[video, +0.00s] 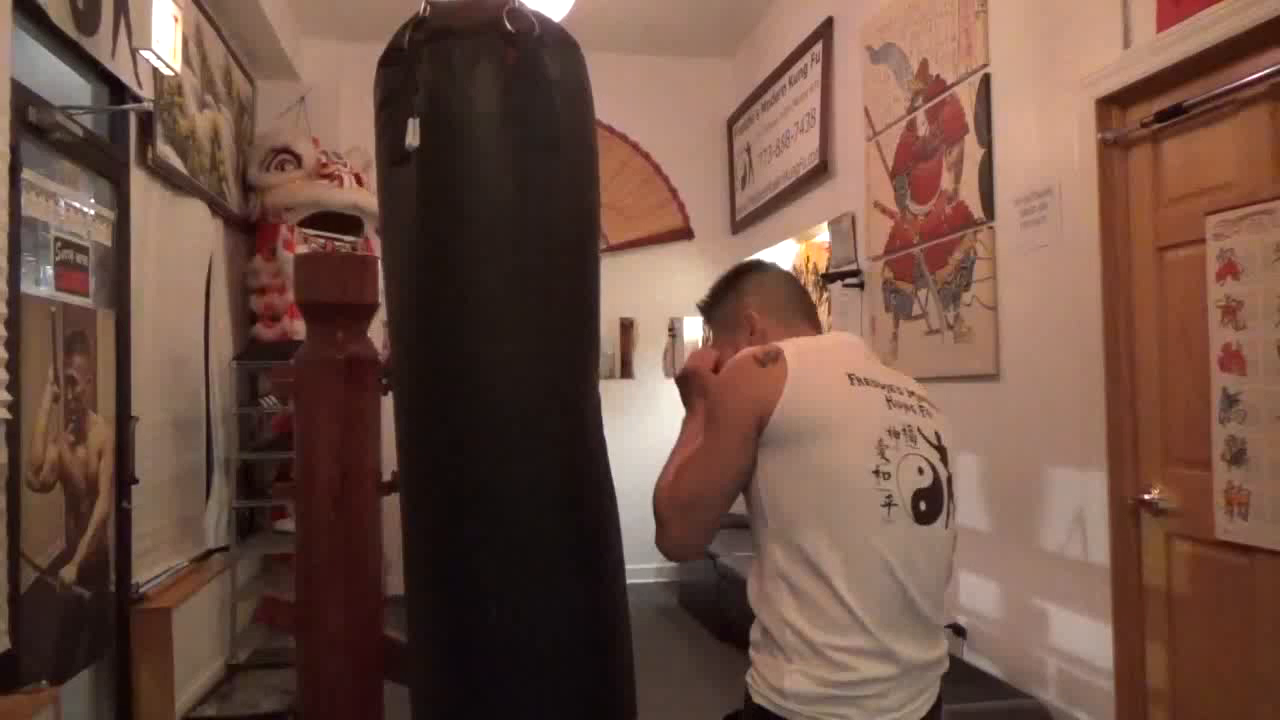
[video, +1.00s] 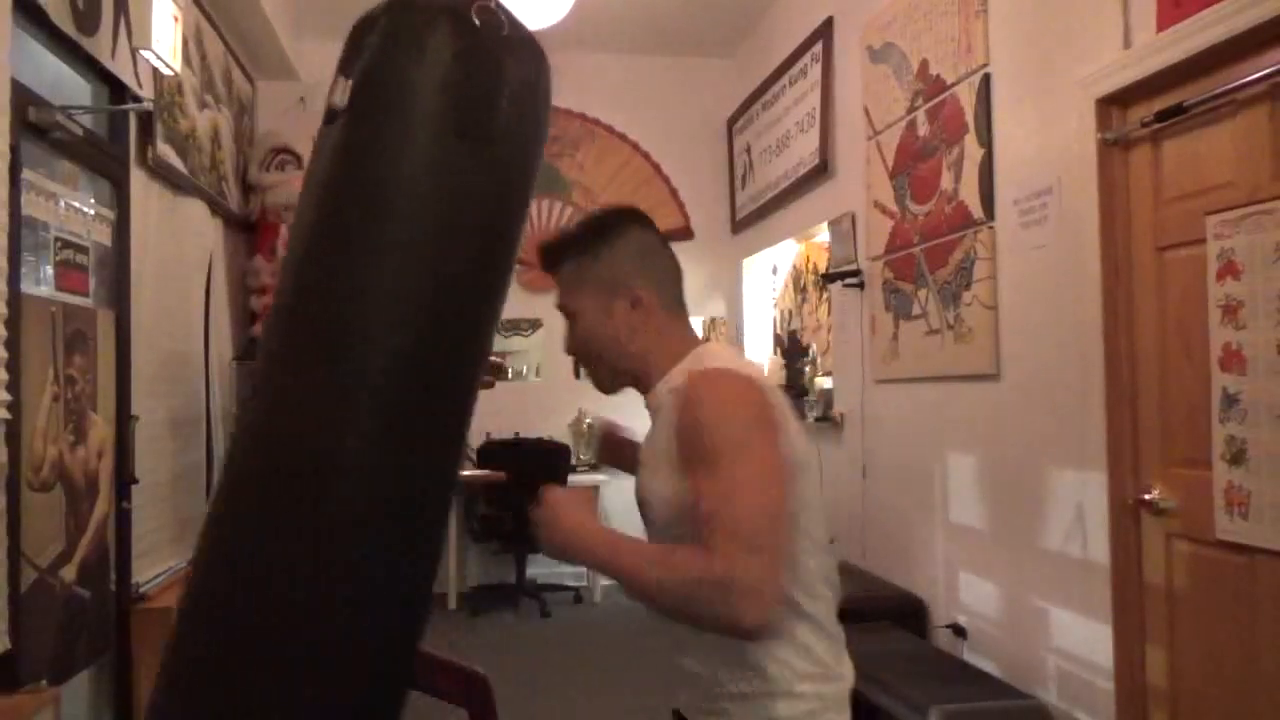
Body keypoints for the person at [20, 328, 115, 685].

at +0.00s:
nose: (71, 391)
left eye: (77, 382)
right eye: (66, 383)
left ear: (92, 383)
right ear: (60, 386)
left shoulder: (105, 430)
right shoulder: (61, 435)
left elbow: (105, 502)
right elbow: (39, 480)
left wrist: (76, 561)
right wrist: (46, 402)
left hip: (106, 546)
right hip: (75, 545)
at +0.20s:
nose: (71, 391)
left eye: (77, 382)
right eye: (65, 383)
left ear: (91, 383)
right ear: (60, 387)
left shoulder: (105, 431)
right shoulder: (62, 437)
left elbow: (105, 503)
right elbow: (38, 480)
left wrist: (76, 562)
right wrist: (45, 402)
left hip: (105, 550)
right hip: (75, 549)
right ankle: (58, 687)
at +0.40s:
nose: (71, 392)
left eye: (77, 383)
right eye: (65, 384)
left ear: (90, 386)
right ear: (60, 390)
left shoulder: (104, 432)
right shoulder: (62, 437)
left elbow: (105, 501)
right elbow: (38, 479)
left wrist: (76, 562)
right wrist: (47, 400)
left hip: (103, 547)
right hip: (74, 546)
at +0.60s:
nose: (71, 392)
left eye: (77, 383)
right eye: (65, 384)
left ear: (91, 384)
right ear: (60, 389)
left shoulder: (103, 431)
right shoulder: (62, 436)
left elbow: (105, 502)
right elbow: (38, 480)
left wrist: (75, 563)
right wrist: (46, 401)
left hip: (103, 551)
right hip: (74, 550)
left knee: (102, 631)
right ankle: (59, 690)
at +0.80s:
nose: (71, 391)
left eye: (77, 382)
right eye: (66, 383)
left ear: (91, 385)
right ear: (61, 390)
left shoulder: (104, 431)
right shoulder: (62, 438)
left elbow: (105, 501)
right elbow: (38, 480)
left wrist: (75, 562)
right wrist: (45, 401)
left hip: (102, 550)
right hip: (73, 549)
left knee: (99, 627)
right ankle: (56, 685)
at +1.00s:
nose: (69, 390)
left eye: (74, 381)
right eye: (63, 383)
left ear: (90, 384)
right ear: (60, 389)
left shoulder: (103, 433)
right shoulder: (62, 438)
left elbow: (104, 502)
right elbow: (38, 481)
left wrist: (76, 562)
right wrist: (45, 402)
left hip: (100, 548)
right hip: (73, 547)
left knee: (98, 623)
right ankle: (59, 686)